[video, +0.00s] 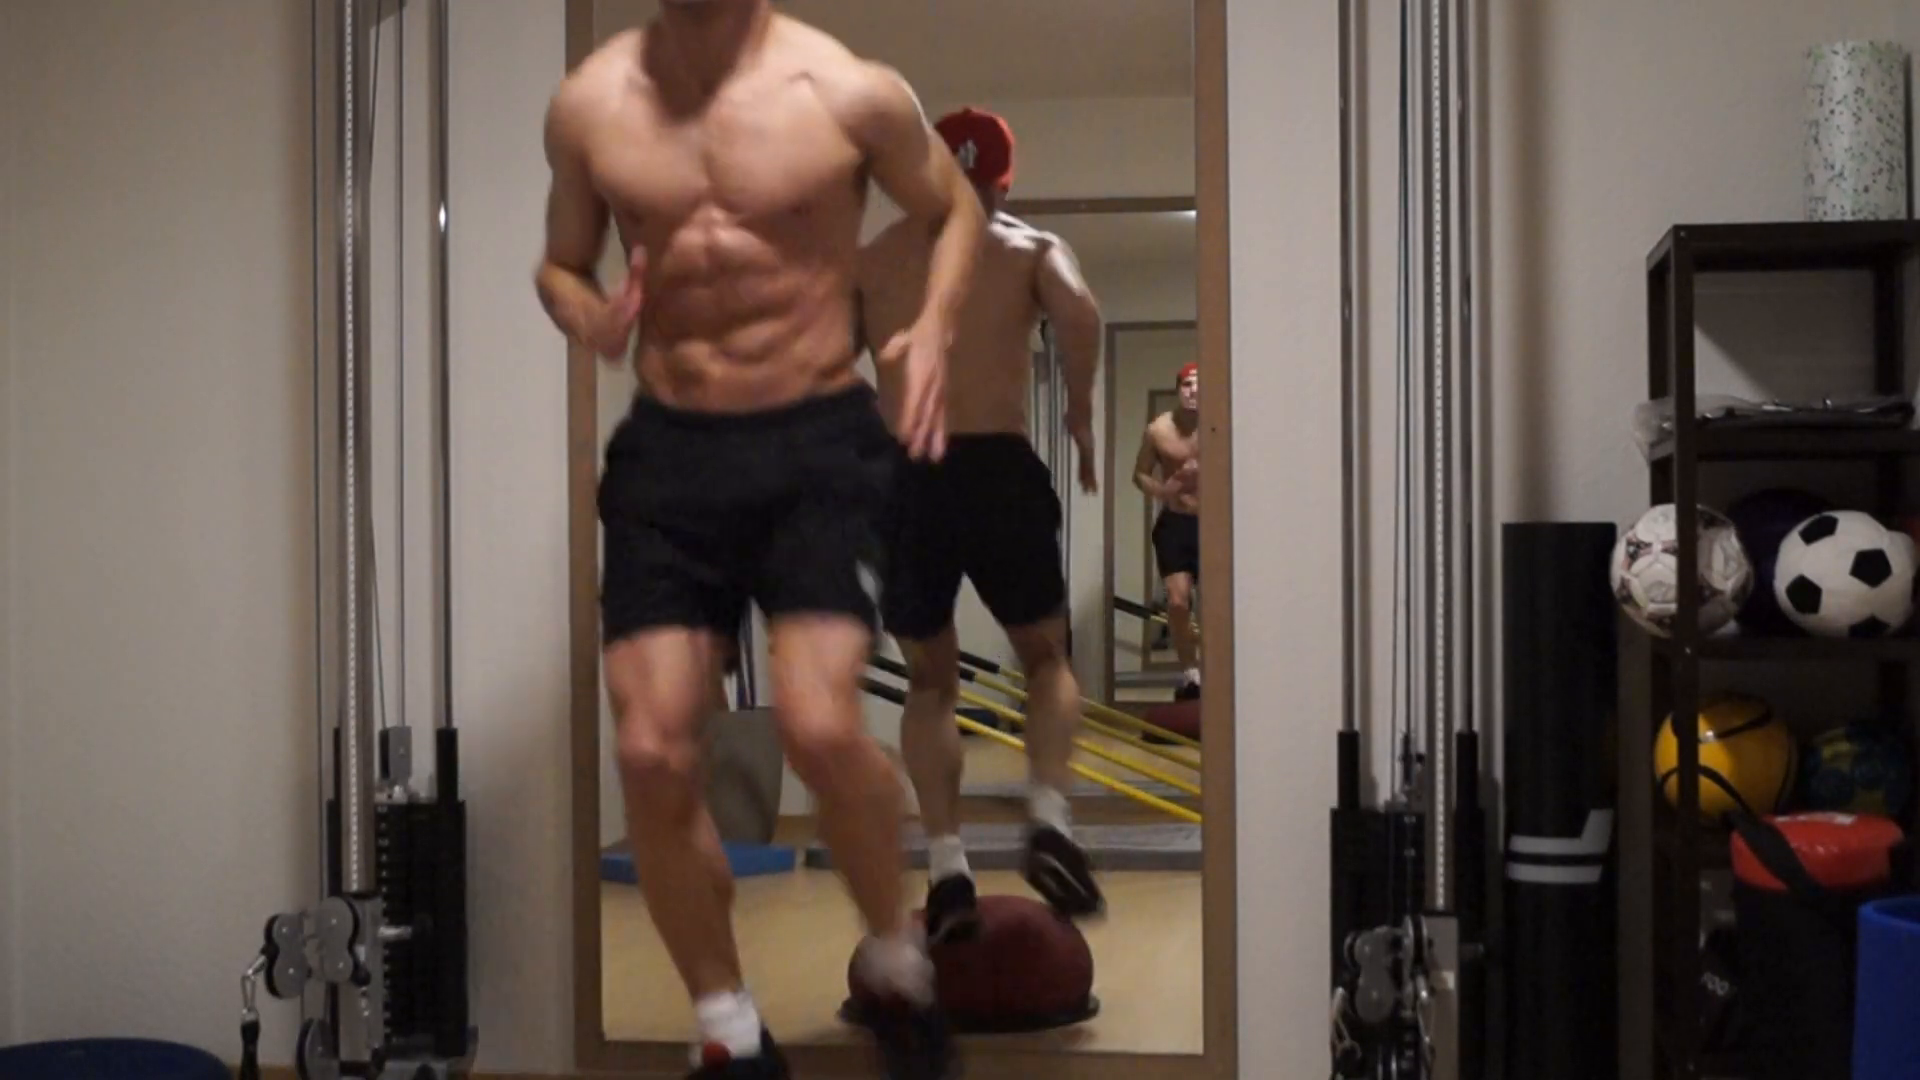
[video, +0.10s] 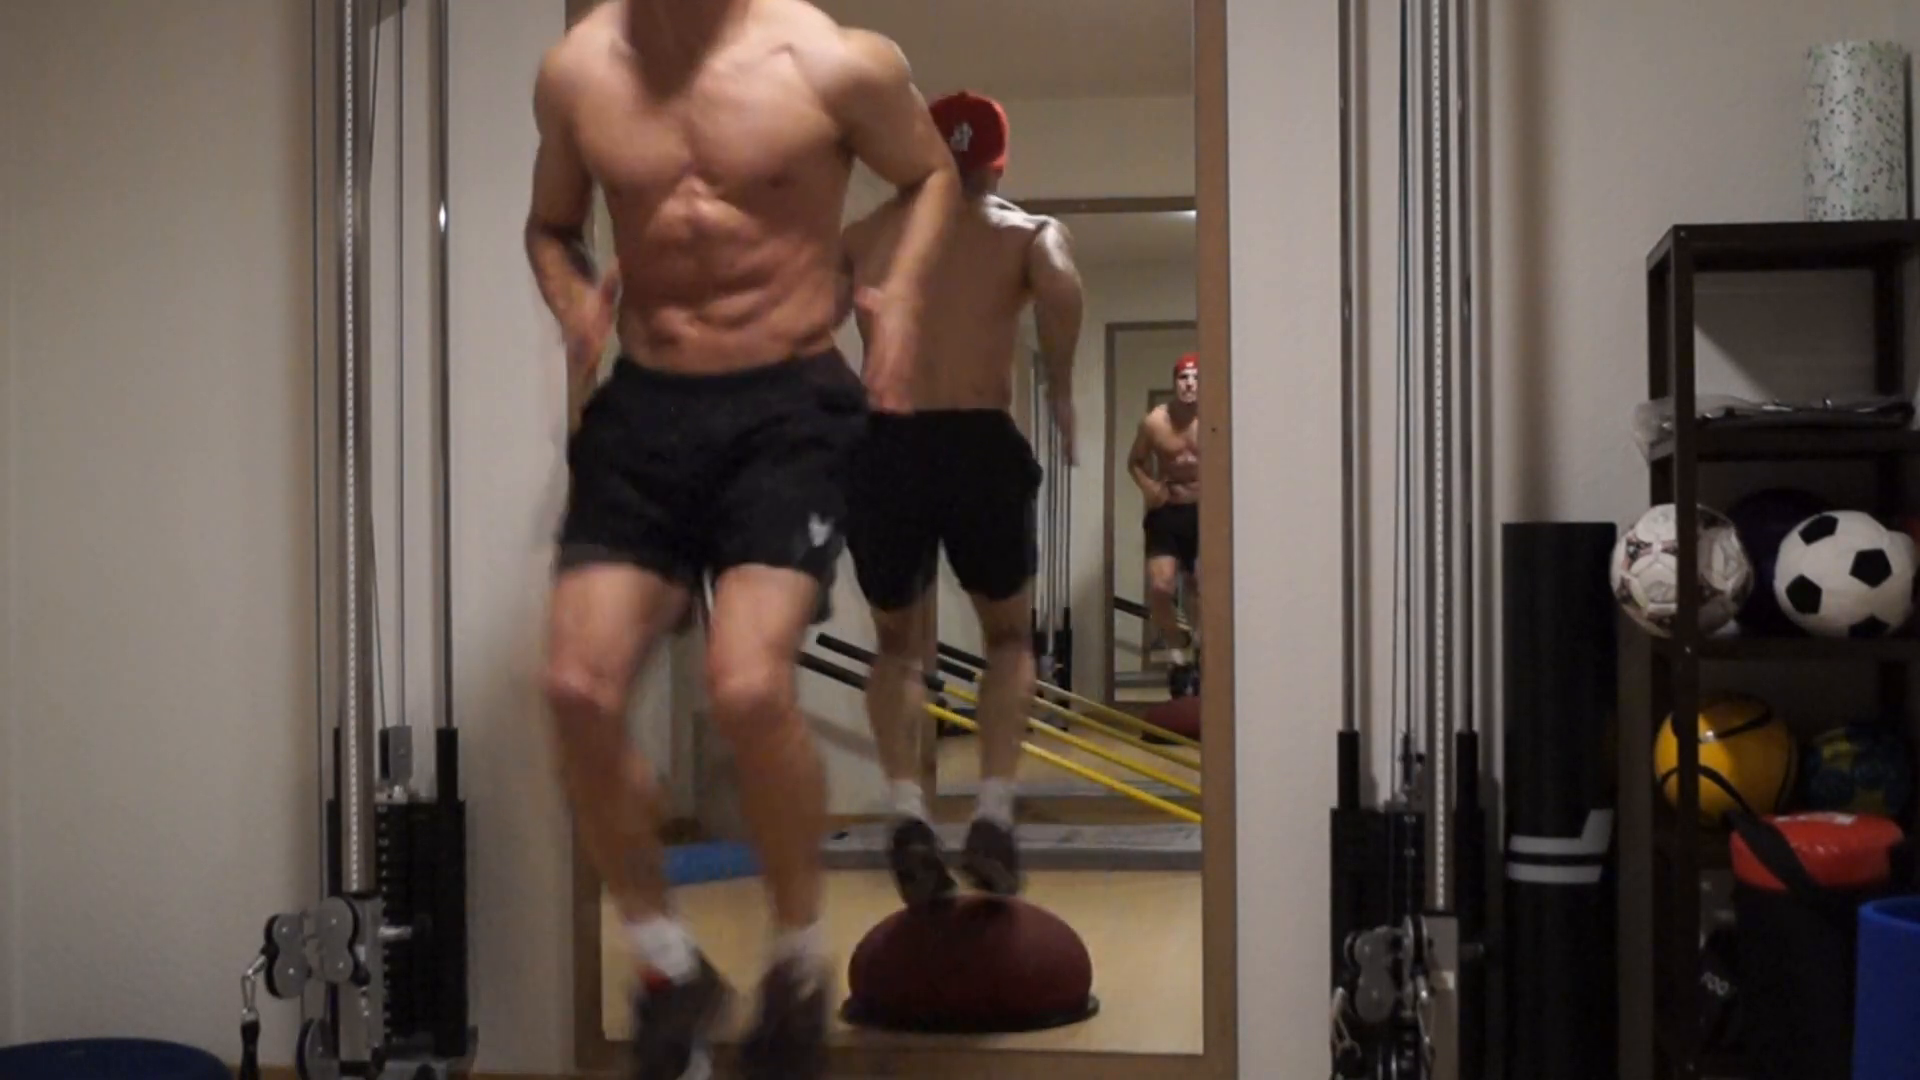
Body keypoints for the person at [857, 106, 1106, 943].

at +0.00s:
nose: (1005, 185)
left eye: (982, 171)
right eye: (1006, 174)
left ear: (935, 171)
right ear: (1006, 178)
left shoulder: (877, 255)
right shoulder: (1029, 246)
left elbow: (824, 343)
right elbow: (1080, 313)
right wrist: (1080, 408)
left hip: (904, 478)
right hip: (1001, 473)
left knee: (929, 677)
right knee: (1046, 658)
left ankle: (947, 869)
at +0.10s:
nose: (998, 169)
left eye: (980, 155)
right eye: (1000, 157)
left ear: (929, 155)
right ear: (1000, 161)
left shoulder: (872, 233)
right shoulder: (1028, 232)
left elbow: (816, 314)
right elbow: (1061, 294)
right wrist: (1058, 379)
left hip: (884, 450)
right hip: (984, 449)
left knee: (899, 643)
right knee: (1007, 636)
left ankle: (906, 811)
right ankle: (993, 811)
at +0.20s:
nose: (953, 178)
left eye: (944, 164)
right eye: (962, 164)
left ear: (908, 155)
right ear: (985, 160)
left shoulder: (863, 220)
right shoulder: (1015, 242)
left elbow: (792, 278)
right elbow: (1052, 365)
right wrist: (999, 366)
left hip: (862, 463)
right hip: (963, 474)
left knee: (846, 650)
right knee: (958, 677)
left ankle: (813, 820)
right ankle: (951, 881)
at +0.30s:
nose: (950, 191)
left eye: (937, 174)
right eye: (963, 177)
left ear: (898, 168)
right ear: (972, 175)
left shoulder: (849, 241)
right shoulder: (999, 257)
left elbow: (764, 299)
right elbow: (1032, 379)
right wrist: (988, 322)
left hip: (843, 488)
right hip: (943, 496)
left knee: (819, 694)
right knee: (959, 683)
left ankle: (773, 891)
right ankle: (947, 865)